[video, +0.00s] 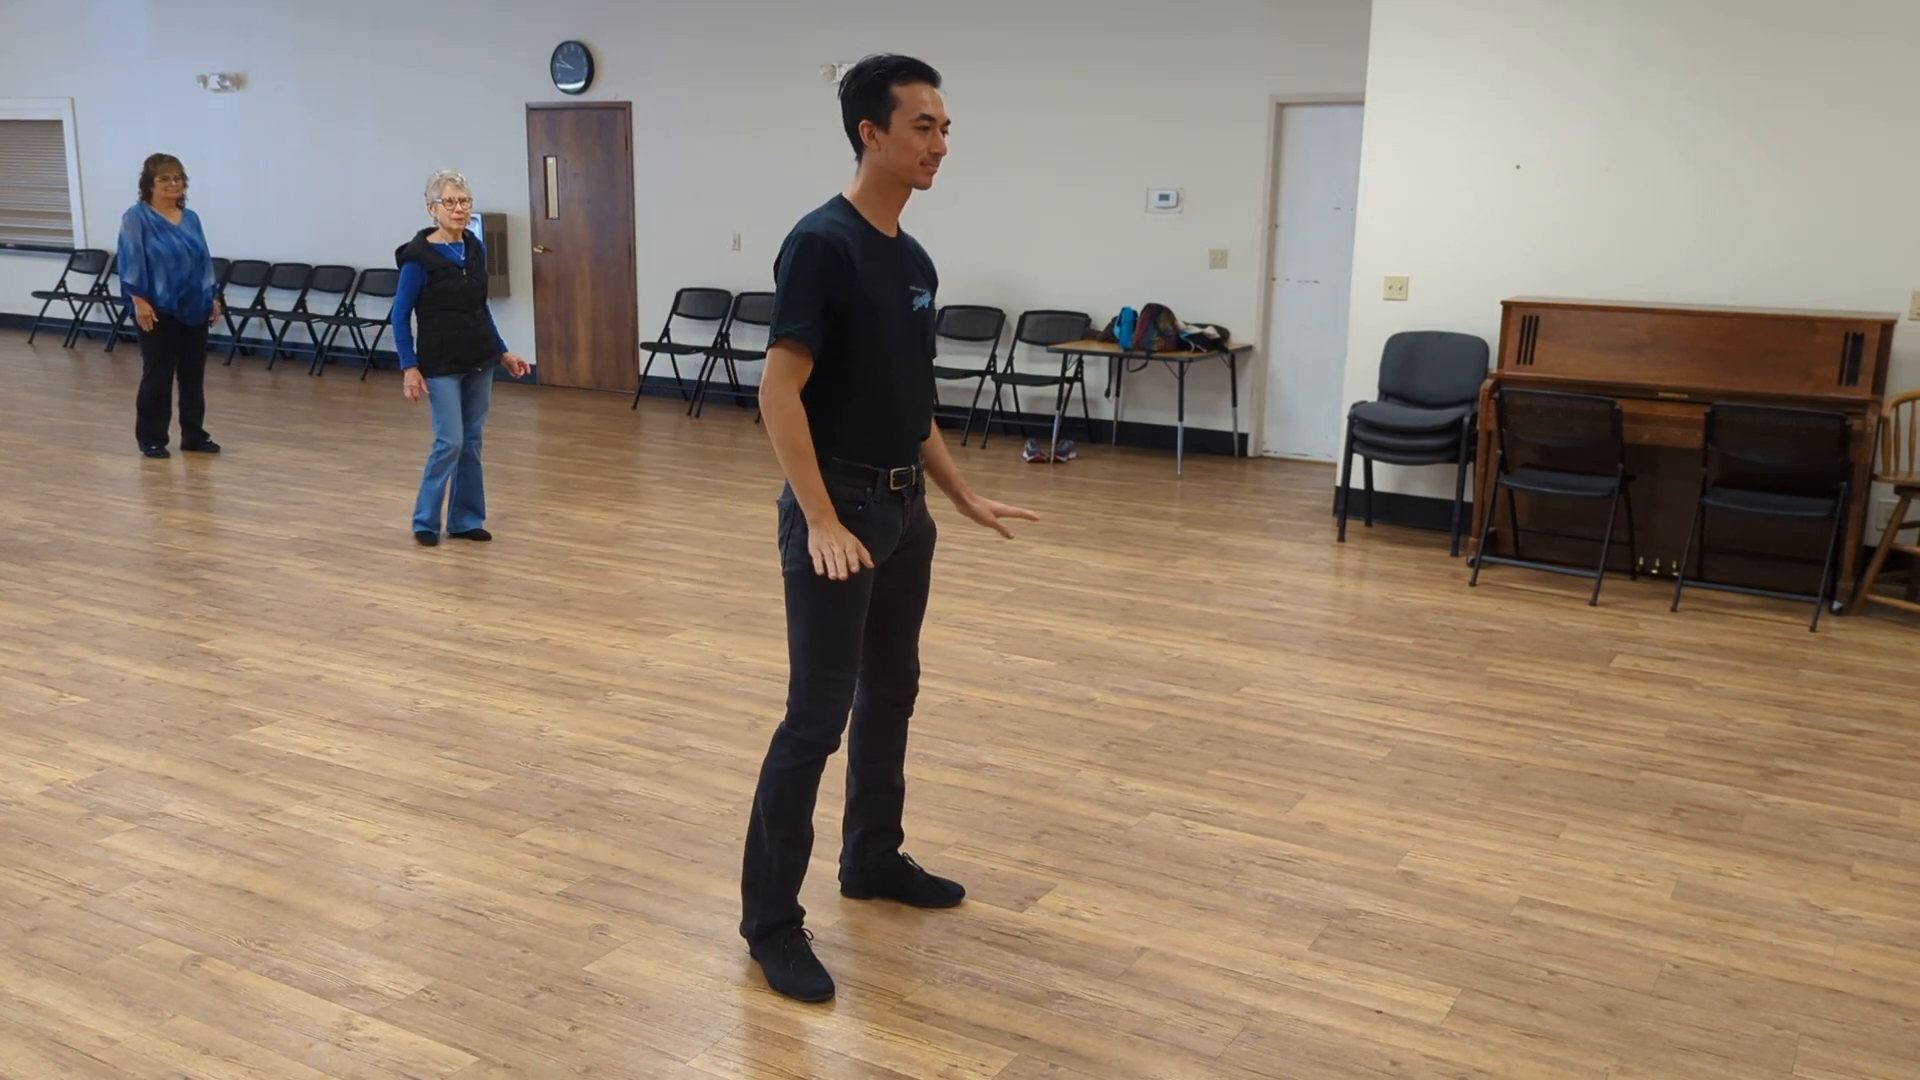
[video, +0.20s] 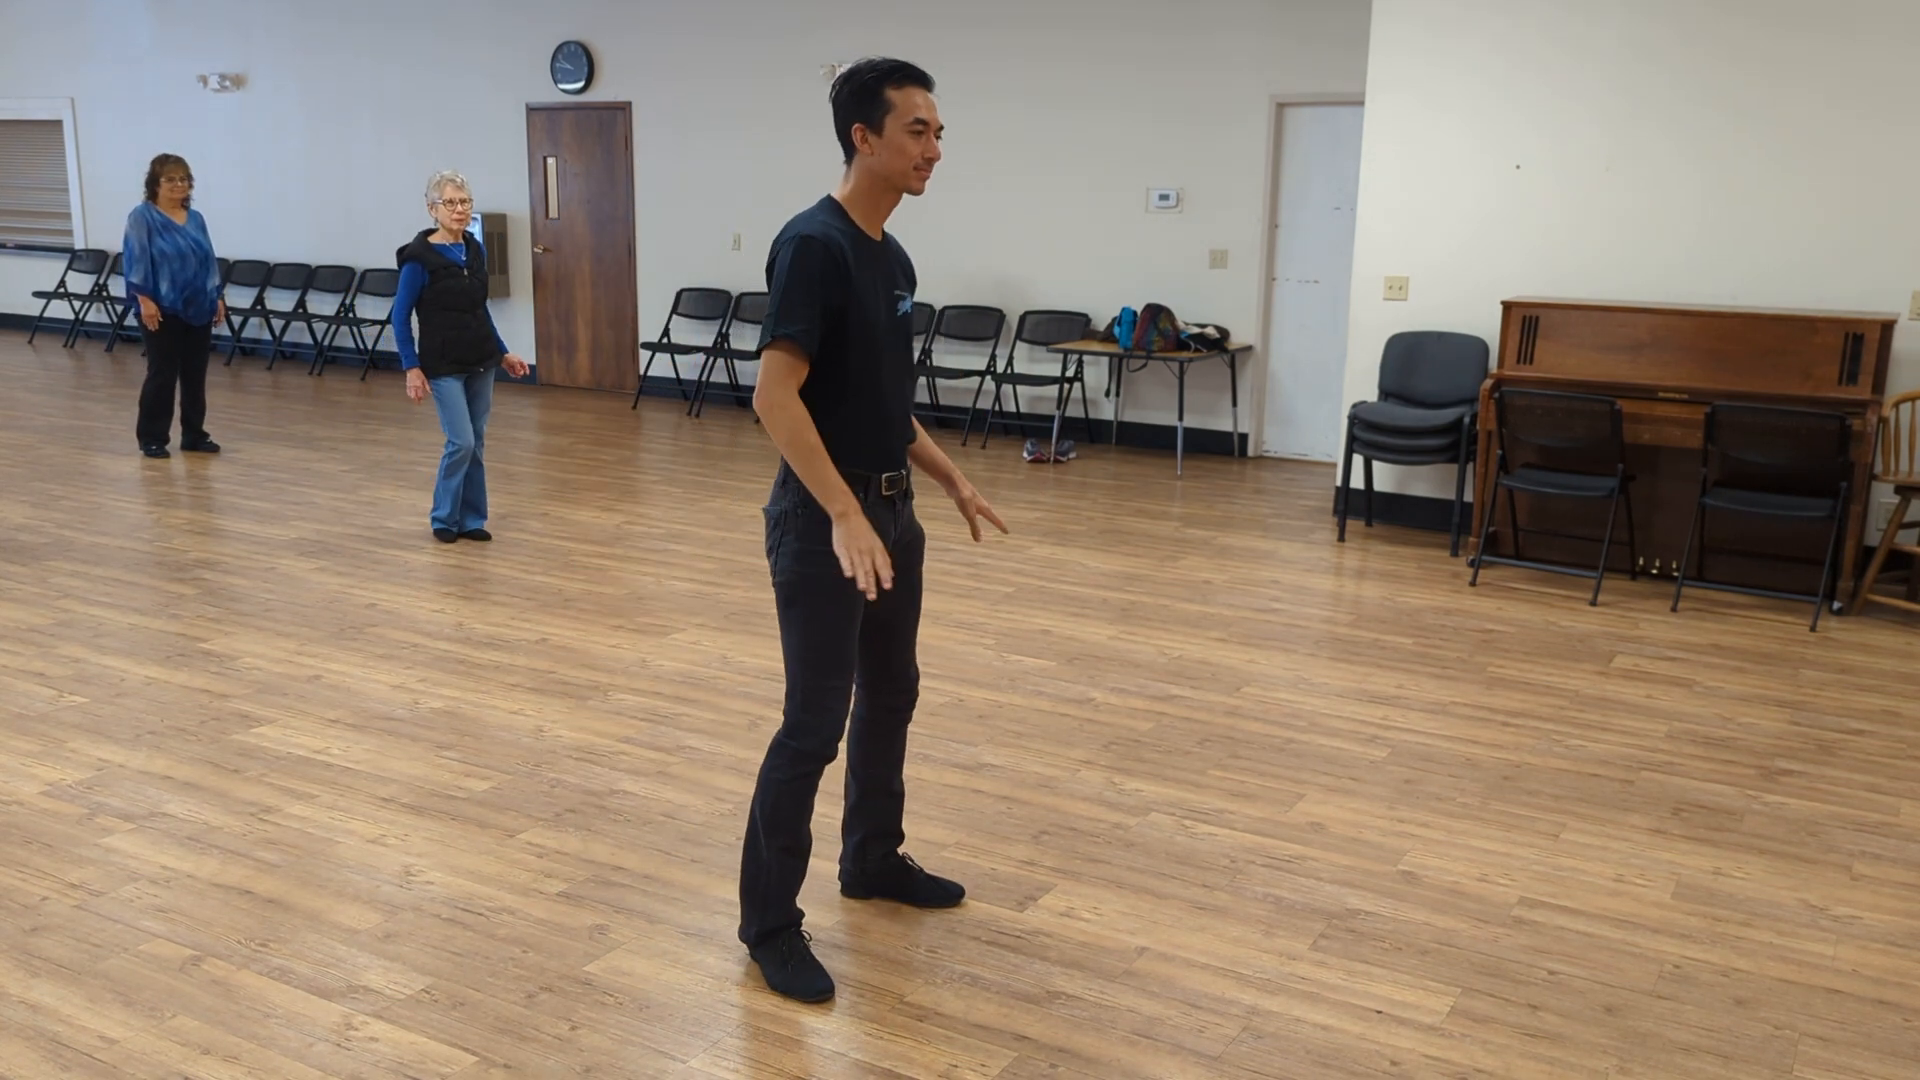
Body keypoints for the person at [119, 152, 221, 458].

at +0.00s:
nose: (174, 183)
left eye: (179, 178)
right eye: (166, 179)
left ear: (184, 183)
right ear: (150, 183)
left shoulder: (190, 217)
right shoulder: (136, 216)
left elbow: (204, 261)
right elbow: (131, 264)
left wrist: (213, 296)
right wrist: (139, 301)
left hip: (194, 308)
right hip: (158, 308)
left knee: (193, 375)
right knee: (158, 375)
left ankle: (193, 435)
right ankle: (152, 440)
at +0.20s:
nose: (180, 184)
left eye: (184, 179)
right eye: (171, 180)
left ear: (190, 183)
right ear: (156, 184)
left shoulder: (195, 218)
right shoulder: (142, 217)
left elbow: (209, 261)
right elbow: (137, 263)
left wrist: (217, 297)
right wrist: (145, 299)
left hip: (198, 308)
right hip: (162, 308)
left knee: (195, 374)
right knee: (163, 374)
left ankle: (194, 435)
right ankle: (152, 440)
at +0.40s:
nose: (189, 185)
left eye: (193, 180)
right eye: (181, 181)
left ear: (198, 183)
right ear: (165, 184)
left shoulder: (203, 218)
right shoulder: (150, 216)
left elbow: (216, 262)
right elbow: (144, 263)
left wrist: (223, 297)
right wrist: (153, 299)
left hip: (203, 308)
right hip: (168, 307)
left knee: (198, 373)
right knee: (171, 370)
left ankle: (194, 434)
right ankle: (153, 437)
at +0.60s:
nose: (197, 187)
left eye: (201, 182)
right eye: (189, 182)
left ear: (207, 185)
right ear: (174, 184)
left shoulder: (210, 219)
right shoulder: (156, 215)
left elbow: (224, 262)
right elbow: (149, 261)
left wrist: (230, 297)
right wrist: (158, 297)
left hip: (205, 308)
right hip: (170, 307)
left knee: (200, 371)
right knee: (176, 369)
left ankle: (195, 434)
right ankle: (163, 437)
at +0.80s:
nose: (201, 189)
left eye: (204, 184)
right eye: (193, 184)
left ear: (208, 186)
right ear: (176, 185)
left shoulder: (210, 220)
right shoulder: (158, 216)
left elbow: (225, 263)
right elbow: (149, 261)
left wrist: (233, 299)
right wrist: (157, 299)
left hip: (206, 311)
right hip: (171, 310)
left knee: (200, 376)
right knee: (177, 377)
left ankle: (195, 434)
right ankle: (172, 442)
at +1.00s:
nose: (196, 191)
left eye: (199, 186)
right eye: (189, 185)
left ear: (202, 188)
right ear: (170, 185)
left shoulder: (205, 218)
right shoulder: (153, 217)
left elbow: (219, 262)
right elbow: (148, 265)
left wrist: (229, 299)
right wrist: (159, 301)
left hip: (206, 310)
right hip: (172, 310)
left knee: (201, 375)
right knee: (178, 377)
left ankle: (198, 435)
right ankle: (174, 443)